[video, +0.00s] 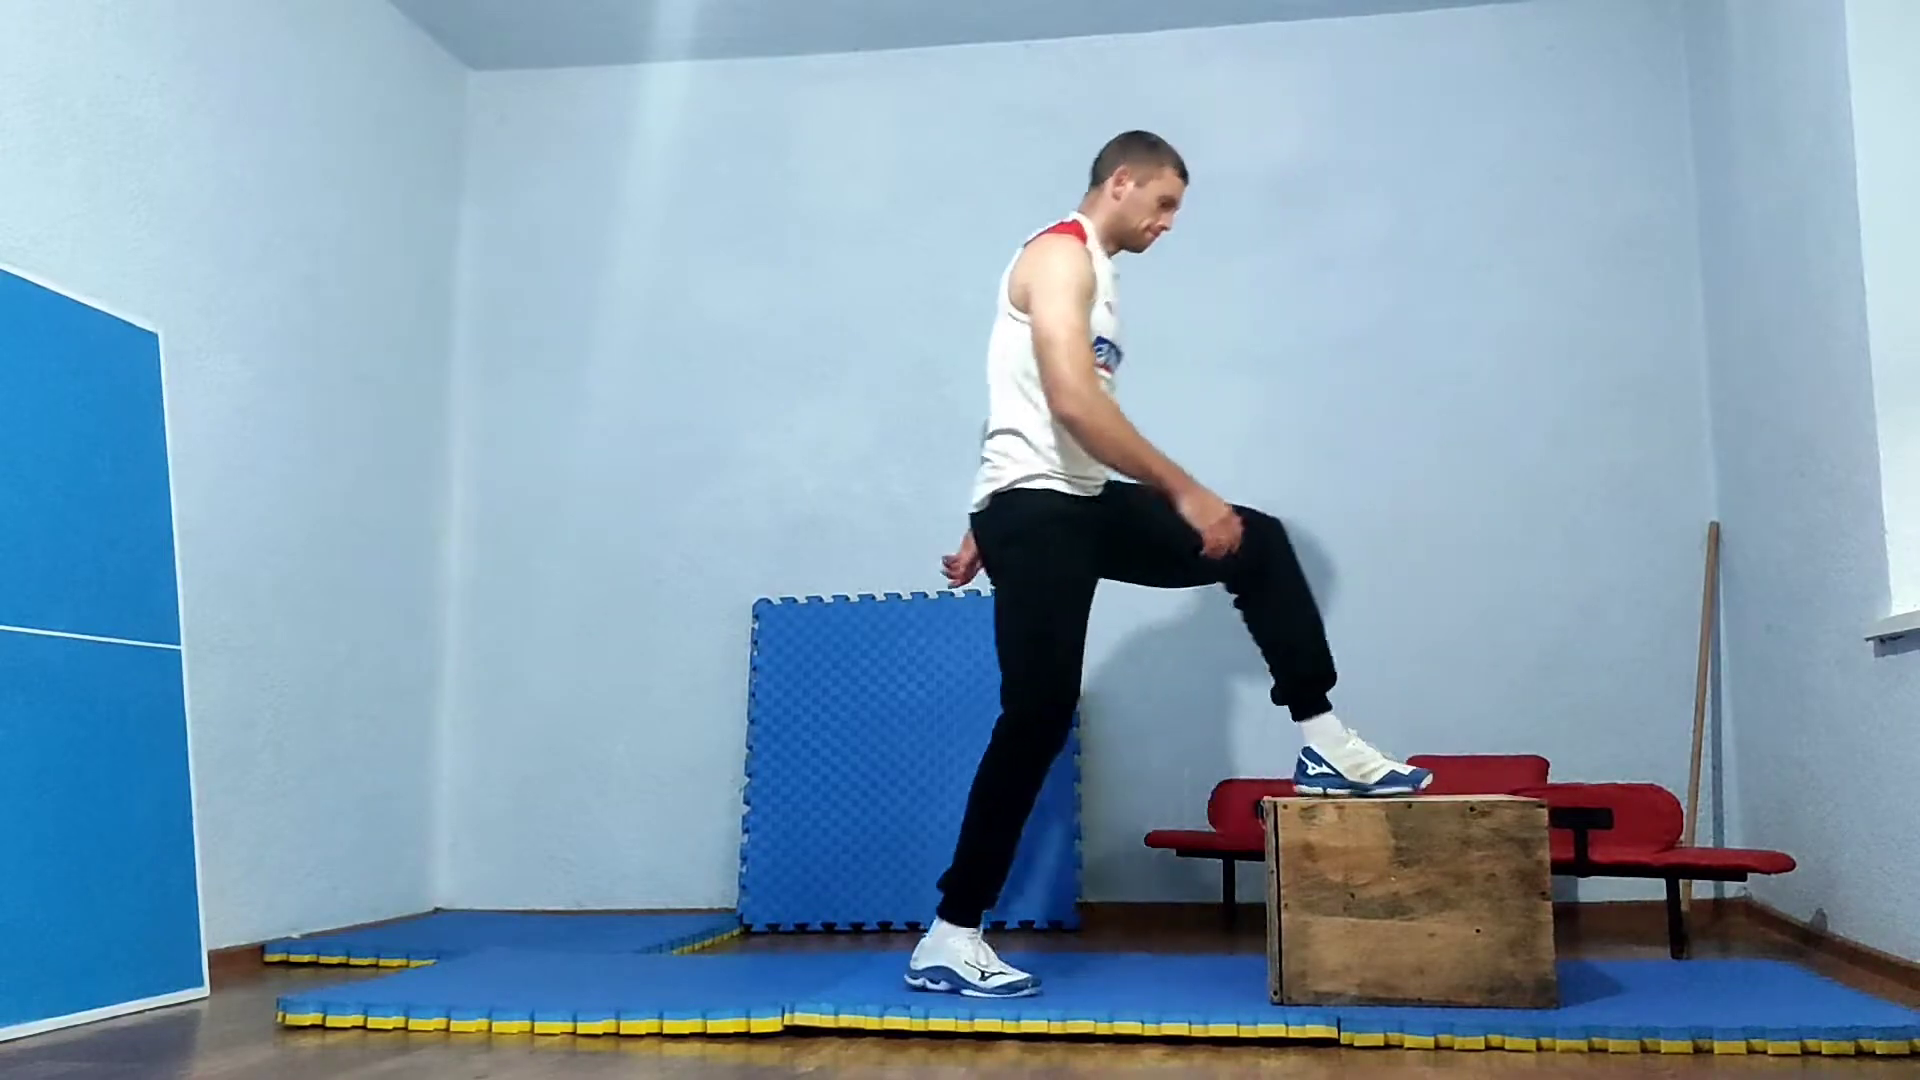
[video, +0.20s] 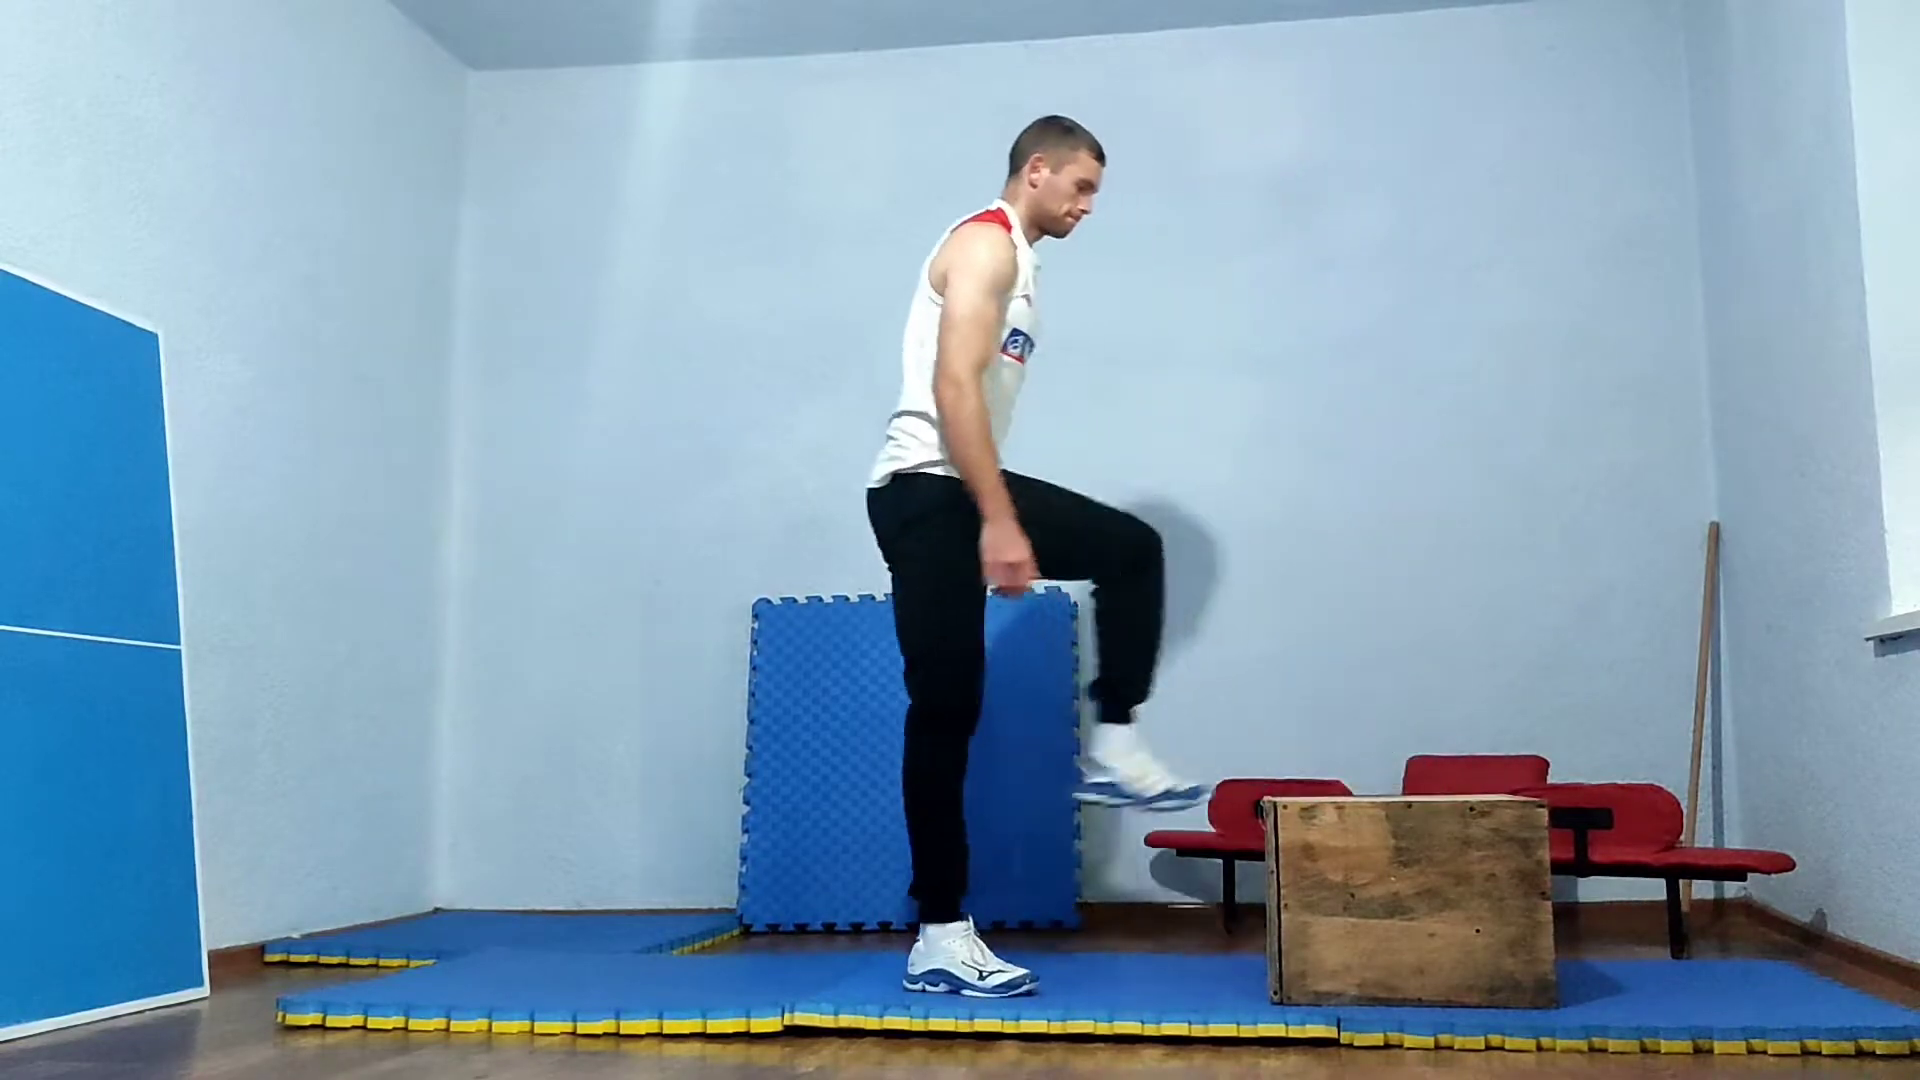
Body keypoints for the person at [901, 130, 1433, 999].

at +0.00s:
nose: (1167, 224)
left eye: (1174, 210)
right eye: (1164, 204)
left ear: (1129, 193)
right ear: (1116, 184)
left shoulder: (1091, 273)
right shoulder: (1058, 255)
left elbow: (1045, 416)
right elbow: (1075, 402)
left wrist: (989, 520)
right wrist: (1186, 491)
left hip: (1092, 507)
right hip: (1036, 513)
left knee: (1254, 541)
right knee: (1037, 715)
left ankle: (1327, 739)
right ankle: (949, 935)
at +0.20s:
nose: (1087, 206)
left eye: (1093, 194)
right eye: (1080, 188)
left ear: (1044, 178)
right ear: (1031, 173)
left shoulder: (1014, 255)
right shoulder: (986, 246)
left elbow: (965, 395)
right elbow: (954, 389)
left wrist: (987, 508)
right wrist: (998, 518)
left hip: (969, 484)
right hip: (925, 492)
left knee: (1131, 549)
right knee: (945, 705)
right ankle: (940, 933)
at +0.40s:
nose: (976, 212)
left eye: (982, 200)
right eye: (970, 193)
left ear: (947, 193)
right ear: (919, 180)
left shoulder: (922, 285)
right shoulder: (871, 256)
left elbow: (937, 426)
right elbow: (807, 378)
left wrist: (1018, 496)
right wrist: (822, 517)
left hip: (911, 508)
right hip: (874, 504)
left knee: (948, 701)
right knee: (940, 702)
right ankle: (944, 932)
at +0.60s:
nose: (874, 245)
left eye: (880, 233)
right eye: (866, 228)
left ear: (861, 232)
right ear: (818, 217)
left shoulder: (844, 330)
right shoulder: (768, 294)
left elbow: (873, 448)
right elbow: (690, 407)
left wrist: (952, 513)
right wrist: (698, 530)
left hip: (810, 538)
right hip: (780, 537)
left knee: (759, 737)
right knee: (861, 726)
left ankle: (663, 911)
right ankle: (930, 931)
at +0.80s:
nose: (800, 244)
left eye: (810, 234)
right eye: (792, 226)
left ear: (802, 236)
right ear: (748, 210)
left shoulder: (773, 322)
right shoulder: (688, 280)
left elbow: (775, 449)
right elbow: (629, 396)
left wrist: (805, 554)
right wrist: (670, 497)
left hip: (735, 525)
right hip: (693, 517)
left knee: (700, 716)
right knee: (764, 692)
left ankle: (655, 915)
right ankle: (757, 912)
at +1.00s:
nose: (735, 250)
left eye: (743, 241)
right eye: (728, 232)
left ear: (733, 242)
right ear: (684, 215)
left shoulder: (701, 318)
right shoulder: (629, 279)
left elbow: (667, 425)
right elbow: (581, 393)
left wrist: (685, 490)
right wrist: (661, 468)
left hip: (662, 527)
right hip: (619, 519)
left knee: (652, 724)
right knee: (635, 716)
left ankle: (646, 915)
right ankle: (510, 886)